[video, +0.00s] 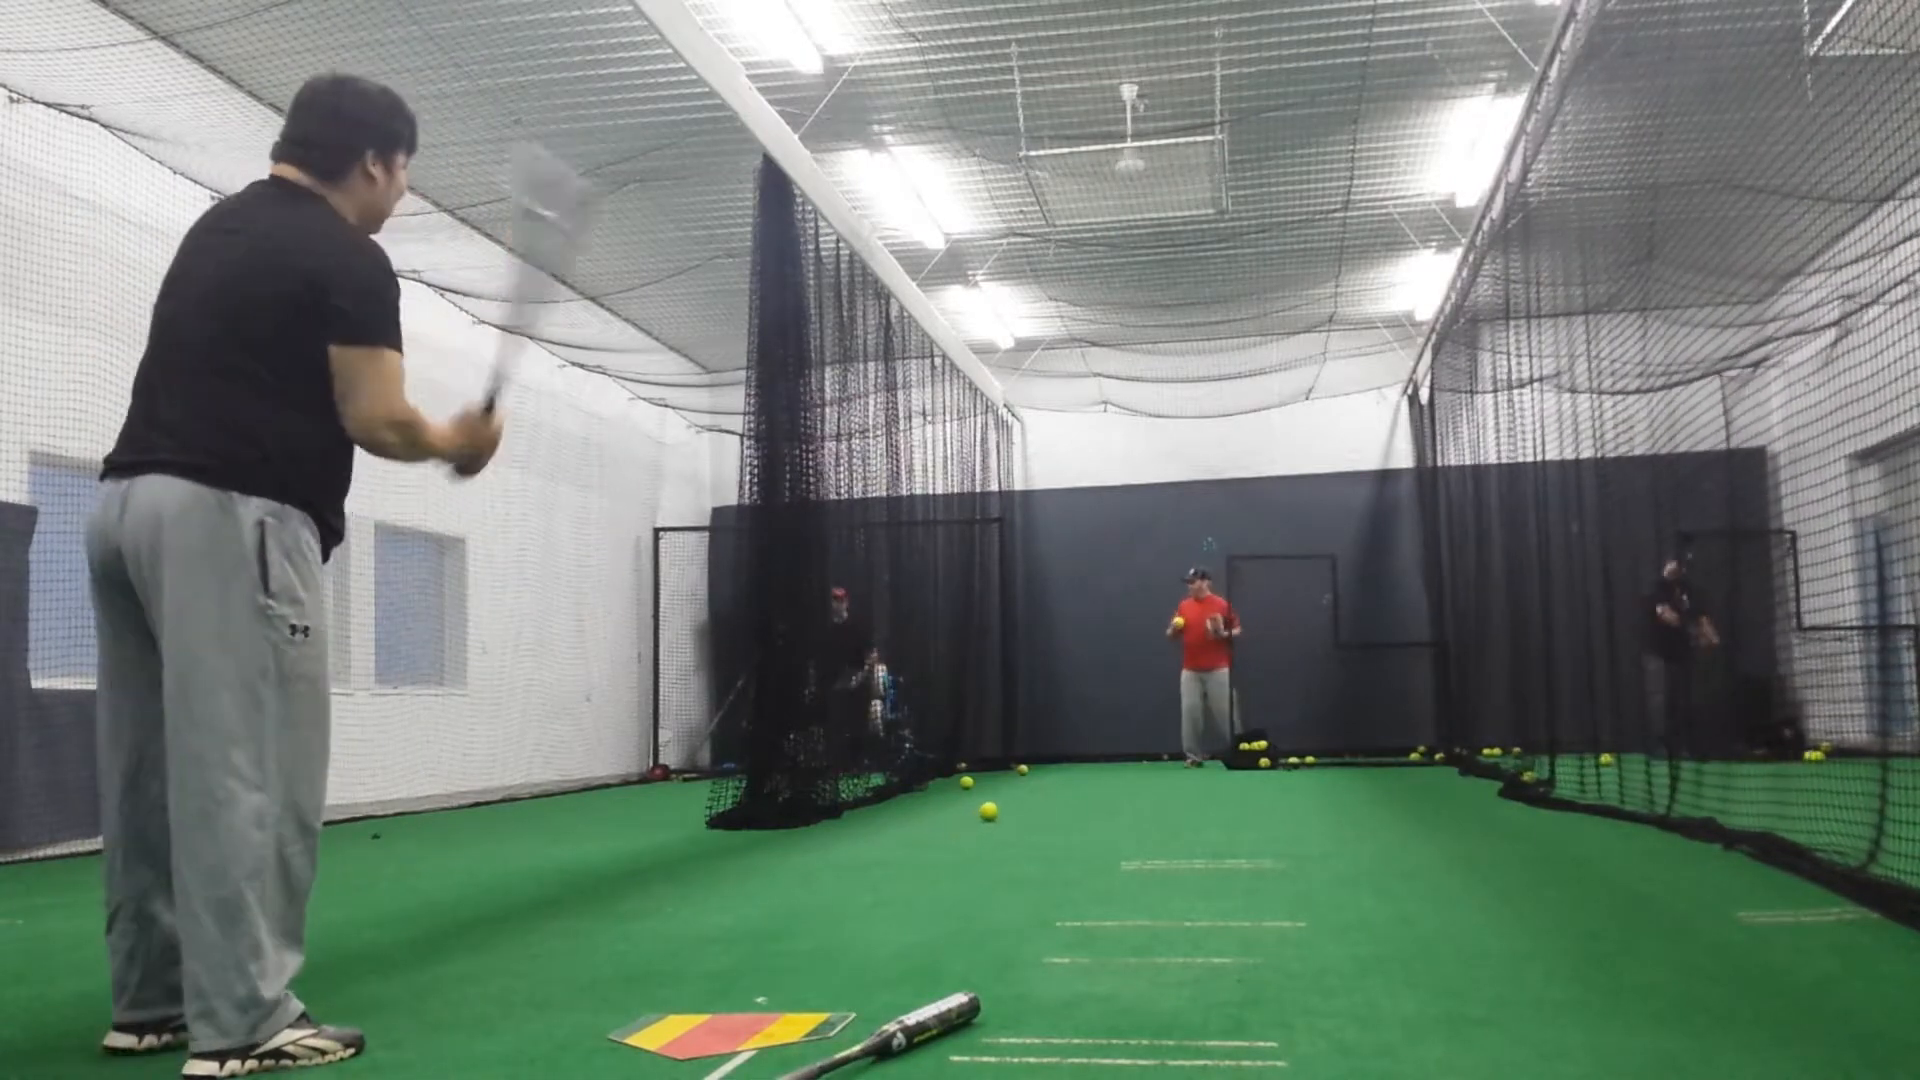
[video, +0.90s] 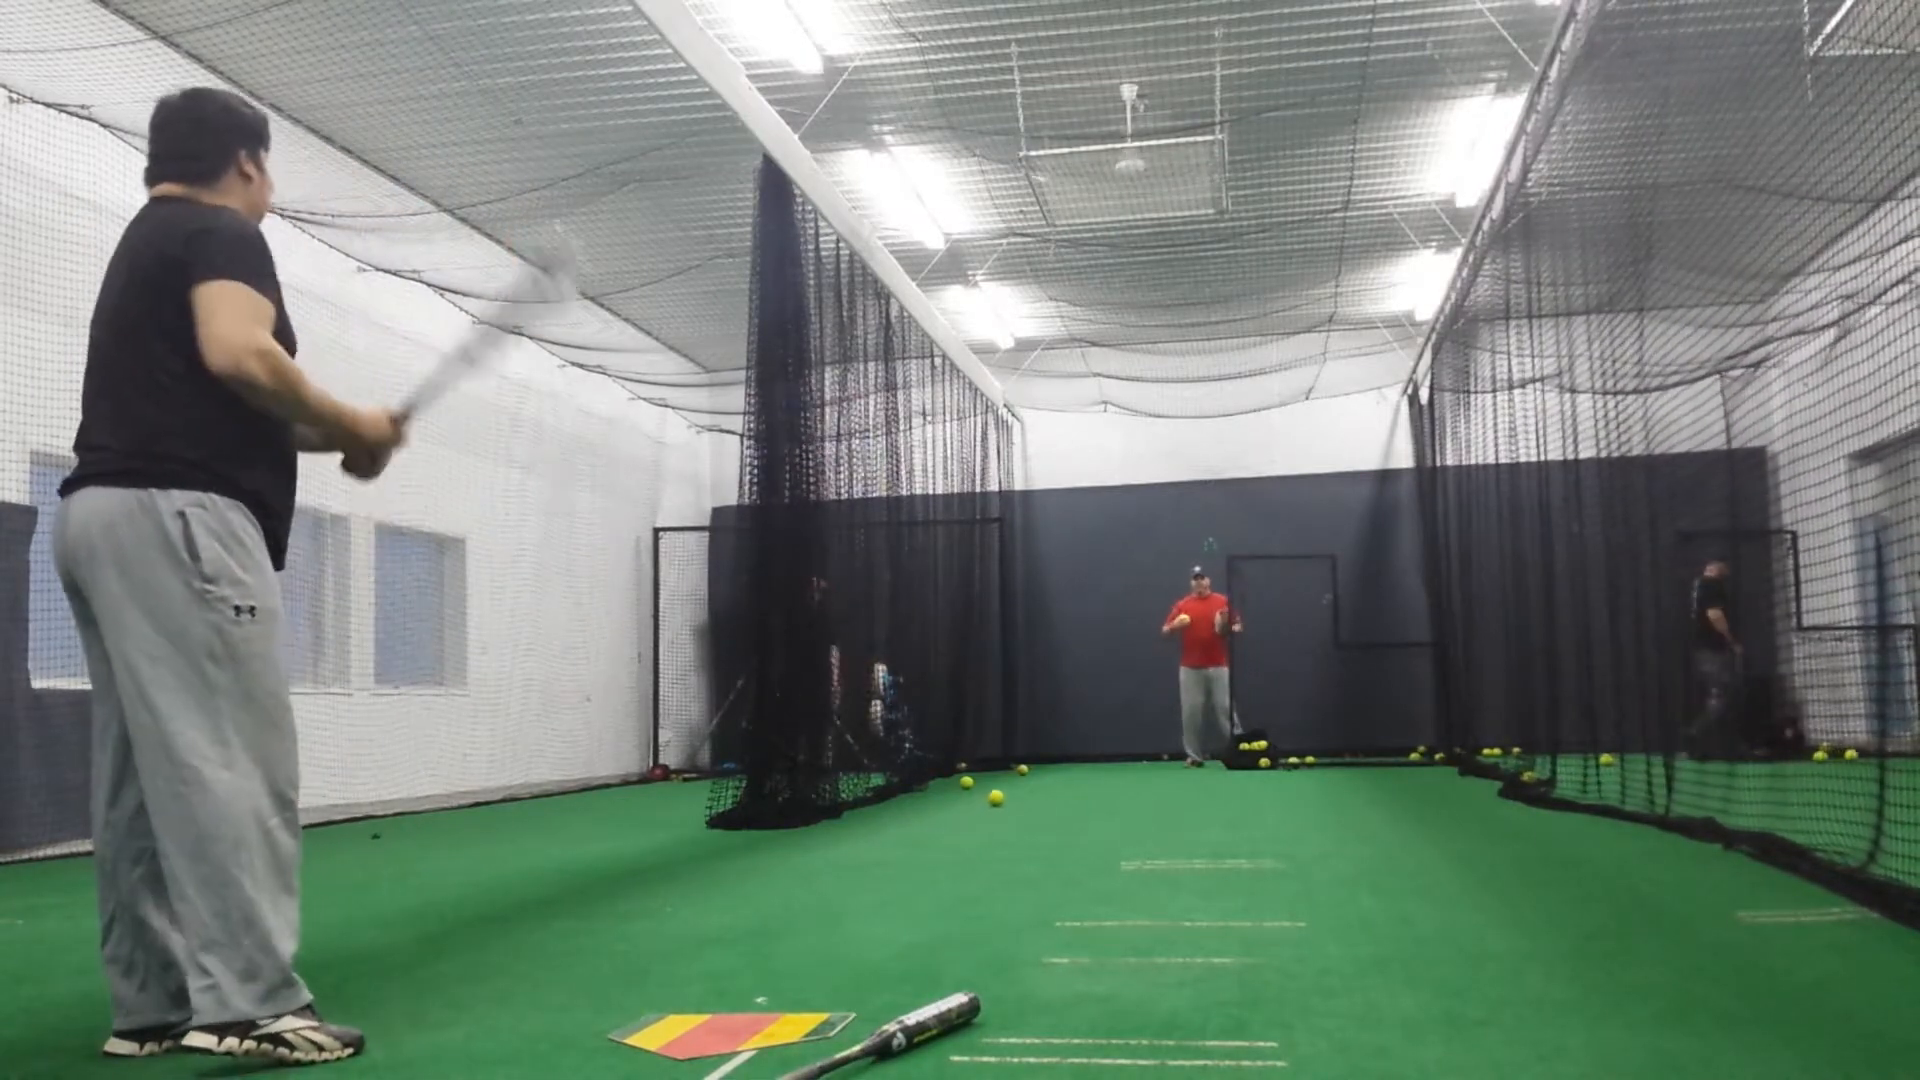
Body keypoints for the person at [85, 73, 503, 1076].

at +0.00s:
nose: (400, 198)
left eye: (403, 179)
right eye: (401, 176)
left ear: (299, 152)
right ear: (371, 162)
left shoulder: (222, 223)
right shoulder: (347, 255)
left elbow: (249, 383)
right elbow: (377, 418)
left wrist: (396, 428)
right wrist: (450, 442)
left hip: (130, 504)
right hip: (230, 517)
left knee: (147, 767)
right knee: (247, 769)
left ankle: (151, 1003)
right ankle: (243, 1021)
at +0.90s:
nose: (270, 190)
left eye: (267, 173)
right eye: (267, 171)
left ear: (171, 167)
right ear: (240, 165)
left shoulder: (148, 237)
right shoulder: (221, 231)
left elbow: (209, 407)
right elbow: (237, 354)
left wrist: (335, 439)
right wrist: (350, 422)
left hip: (102, 516)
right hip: (172, 516)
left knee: (139, 769)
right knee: (232, 756)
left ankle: (152, 1008)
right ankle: (249, 1005)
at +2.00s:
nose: (259, 127)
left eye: (254, 110)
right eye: (255, 109)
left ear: (148, 114)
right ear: (231, 107)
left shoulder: (89, 217)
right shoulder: (237, 201)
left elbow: (83, 370)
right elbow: (274, 332)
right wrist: (339, 382)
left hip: (85, 510)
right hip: (185, 515)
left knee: (144, 768)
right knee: (190, 776)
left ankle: (175, 994)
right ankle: (157, 1031)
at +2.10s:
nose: (260, 123)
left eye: (256, 106)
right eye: (257, 106)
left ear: (147, 108)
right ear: (234, 104)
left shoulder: (81, 212)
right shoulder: (247, 203)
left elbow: (52, 370)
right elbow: (290, 337)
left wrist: (106, 444)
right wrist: (344, 385)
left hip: (73, 510)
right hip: (182, 516)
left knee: (132, 769)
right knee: (186, 773)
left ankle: (167, 992)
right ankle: (156, 1033)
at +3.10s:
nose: (163, 120)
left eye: (158, 103)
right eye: (159, 103)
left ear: (38, 109)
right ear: (137, 101)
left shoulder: (2, 194)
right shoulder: (182, 204)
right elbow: (260, 349)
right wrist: (198, 397)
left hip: (5, 510)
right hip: (113, 511)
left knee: (6, 787)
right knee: (145, 779)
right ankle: (159, 1035)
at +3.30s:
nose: (118, 130)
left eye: (113, 113)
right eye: (113, 112)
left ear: (11, 109)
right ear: (87, 104)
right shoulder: (127, 205)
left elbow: (207, 350)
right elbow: (213, 349)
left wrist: (135, 387)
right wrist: (144, 396)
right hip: (64, 509)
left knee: (12, 790)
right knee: (114, 777)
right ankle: (156, 1032)